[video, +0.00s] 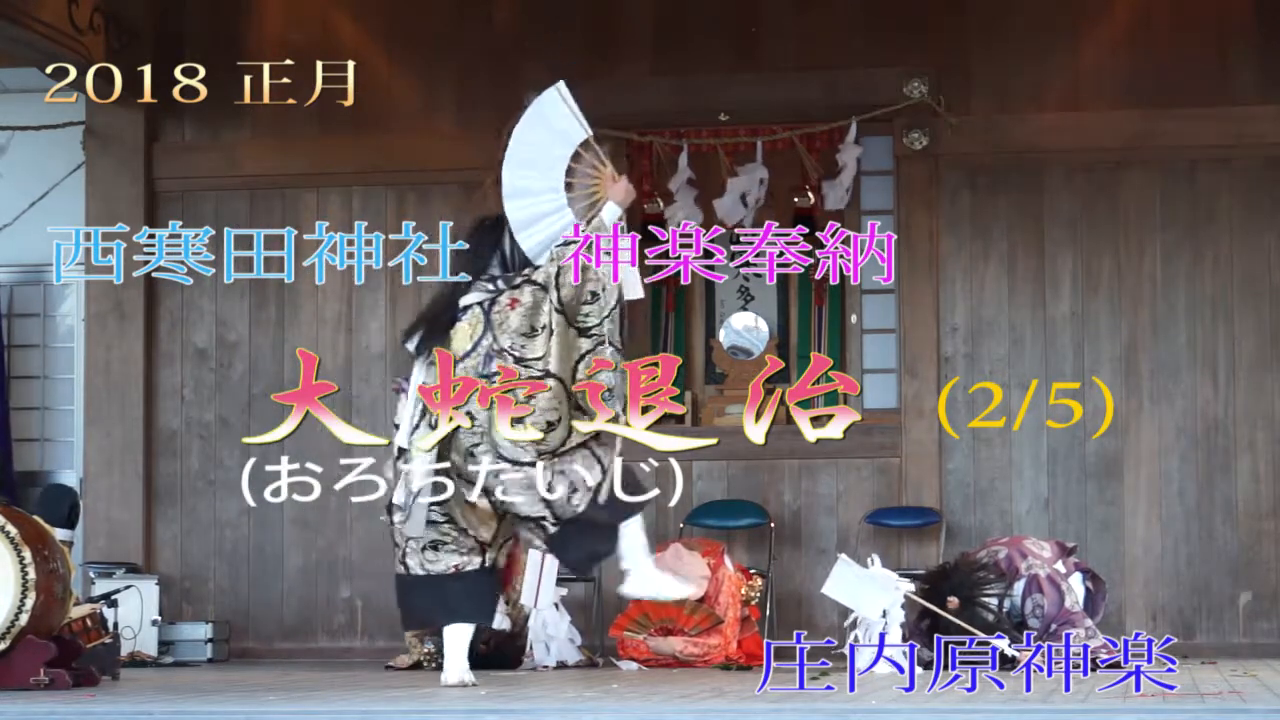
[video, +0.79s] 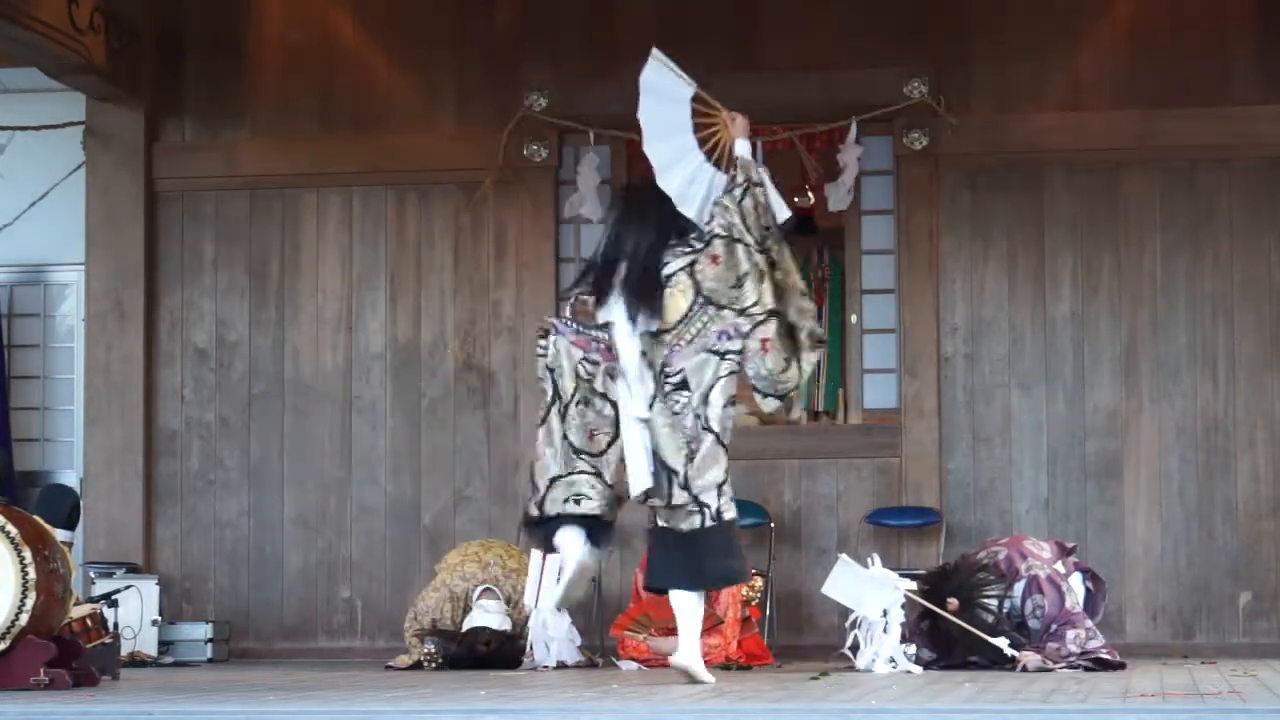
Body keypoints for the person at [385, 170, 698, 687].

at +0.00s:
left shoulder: (468, 307)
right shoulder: (549, 282)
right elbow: (581, 263)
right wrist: (612, 209)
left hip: (452, 457)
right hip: (514, 454)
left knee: (465, 550)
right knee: (616, 470)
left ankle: (454, 661)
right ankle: (640, 570)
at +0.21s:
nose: (560, 257)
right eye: (554, 248)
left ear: (493, 258)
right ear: (544, 253)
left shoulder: (476, 317)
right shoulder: (566, 292)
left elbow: (462, 405)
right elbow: (610, 249)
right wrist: (636, 195)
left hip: (480, 460)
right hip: (545, 456)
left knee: (489, 555)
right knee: (643, 514)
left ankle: (456, 657)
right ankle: (685, 615)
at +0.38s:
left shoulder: (548, 326)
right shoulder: (614, 313)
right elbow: (659, 256)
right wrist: (665, 200)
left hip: (533, 459)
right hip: (596, 459)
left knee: (523, 554)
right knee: (669, 545)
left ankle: (458, 658)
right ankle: (671, 657)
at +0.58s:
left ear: (591, 253)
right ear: (645, 250)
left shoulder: (586, 302)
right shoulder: (666, 294)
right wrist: (717, 180)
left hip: (577, 436)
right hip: (648, 441)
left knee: (548, 528)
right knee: (686, 534)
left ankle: (495, 640)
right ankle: (674, 656)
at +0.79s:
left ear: (620, 225)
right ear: (673, 221)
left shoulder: (607, 280)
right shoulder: (697, 265)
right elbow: (742, 225)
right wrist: (742, 153)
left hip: (629, 414)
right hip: (687, 417)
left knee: (588, 485)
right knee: (686, 524)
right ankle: (690, 645)